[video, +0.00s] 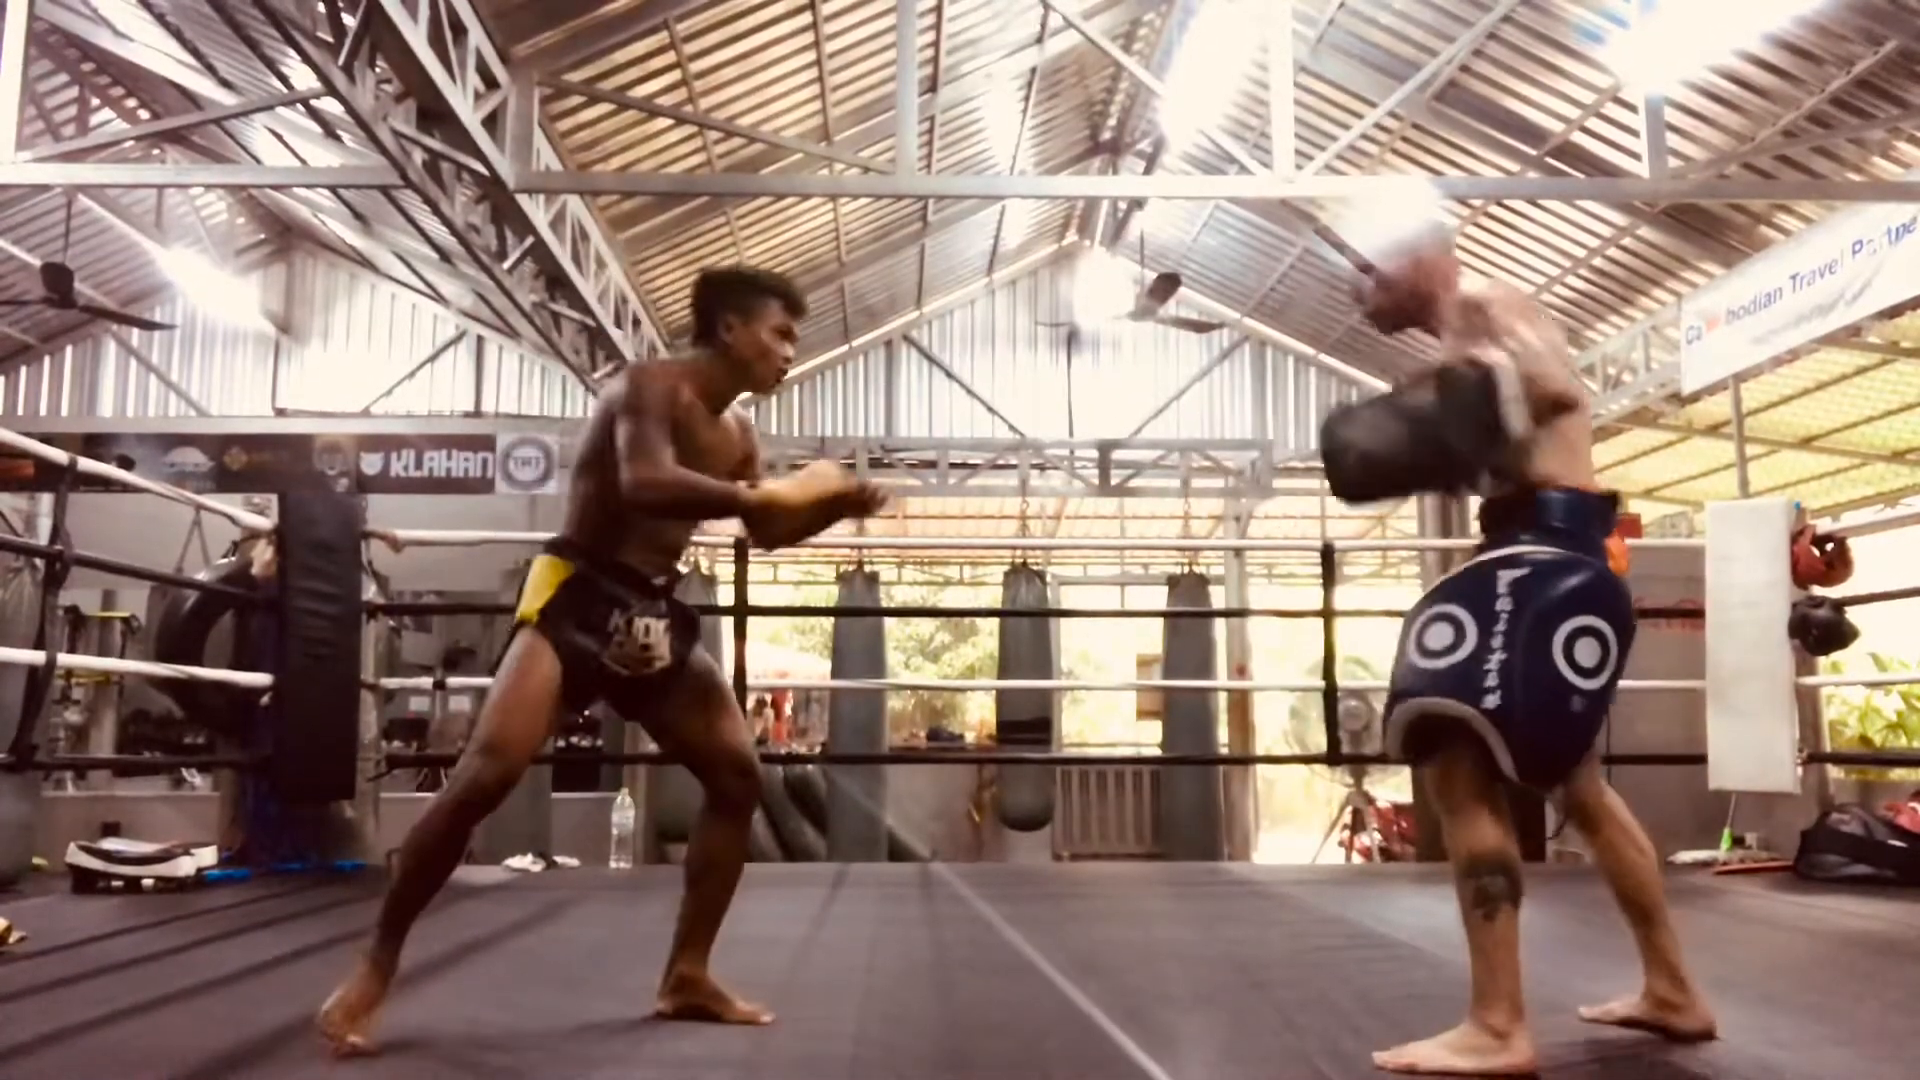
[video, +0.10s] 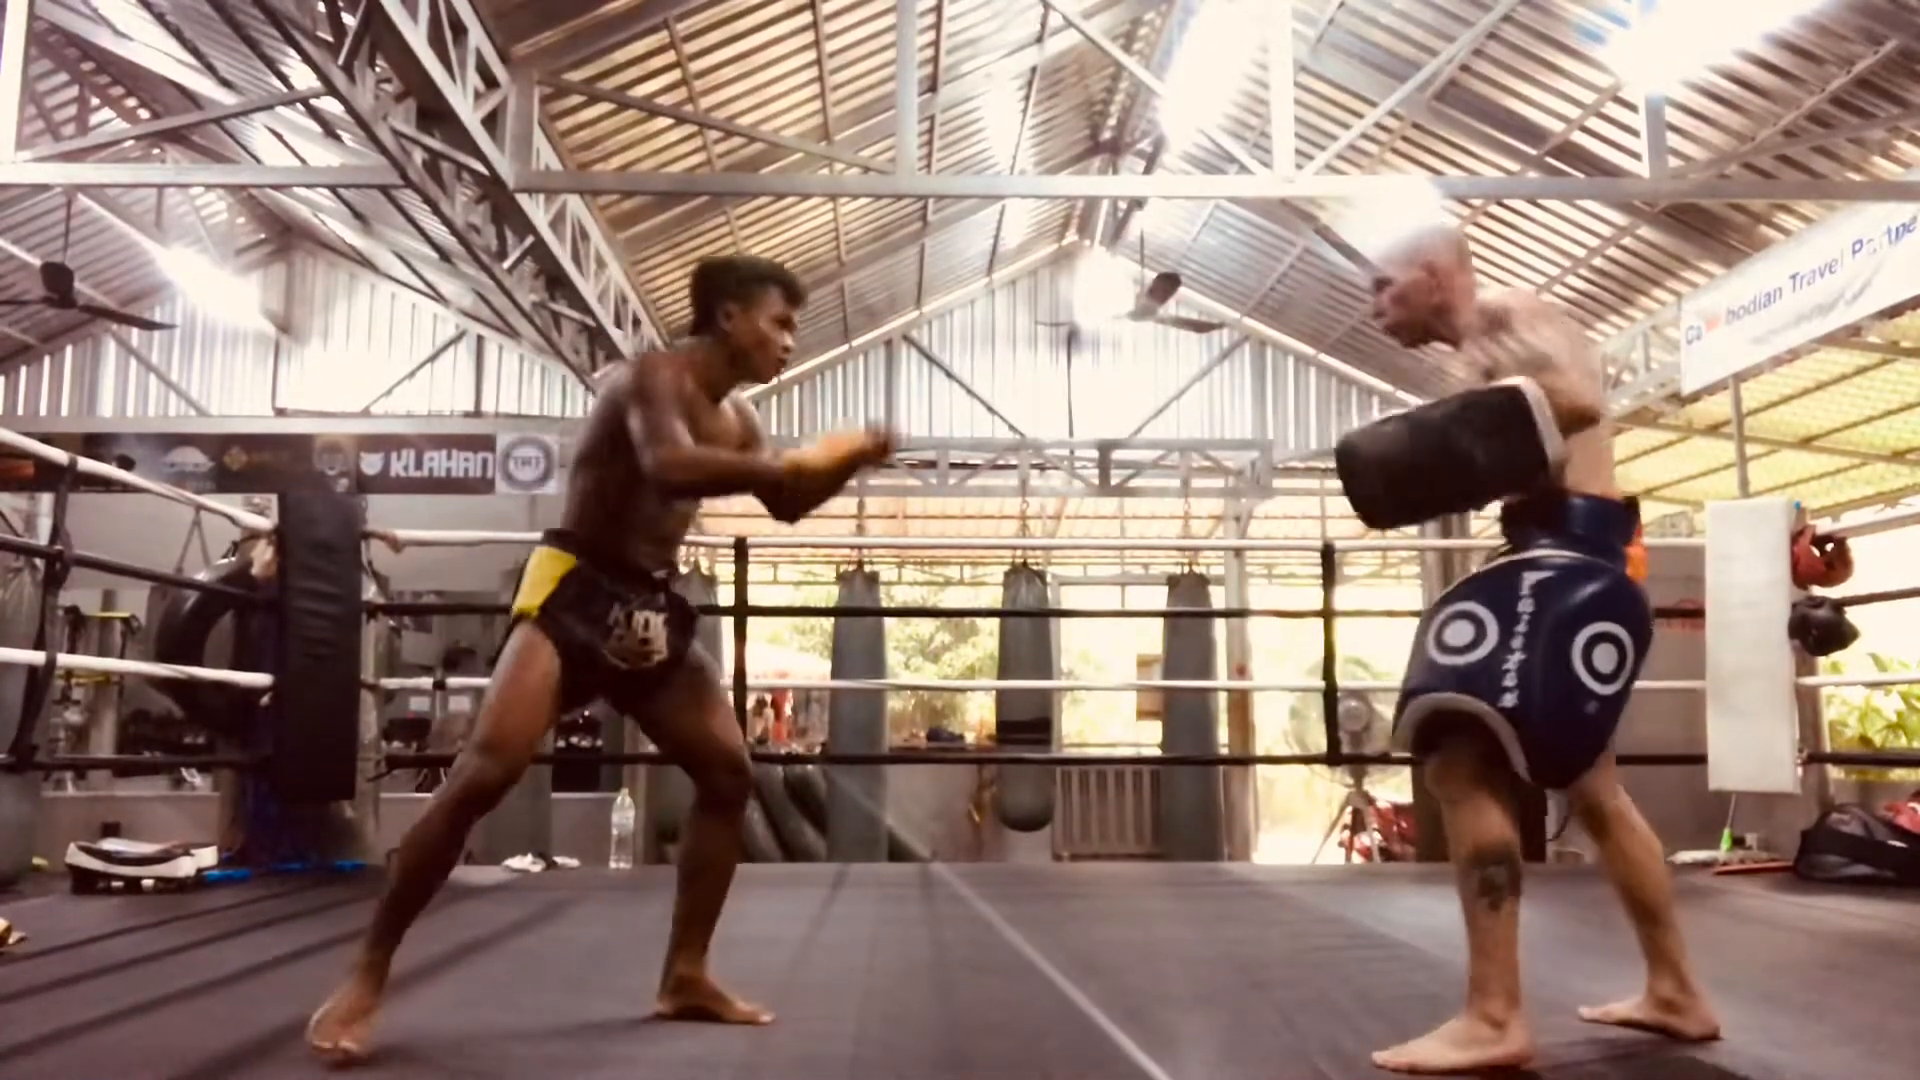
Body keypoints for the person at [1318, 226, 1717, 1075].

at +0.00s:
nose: (1364, 295)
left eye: (1371, 273)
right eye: (1359, 278)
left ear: (1420, 258)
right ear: (1425, 260)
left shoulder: (1493, 307)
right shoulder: (1465, 334)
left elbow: (1560, 387)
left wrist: (1459, 391)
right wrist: (1408, 428)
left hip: (1540, 541)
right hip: (1552, 541)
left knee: (1458, 767)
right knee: (1580, 785)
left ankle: (1496, 1023)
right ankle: (1673, 992)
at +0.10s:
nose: (1375, 307)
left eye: (1382, 285)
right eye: (1372, 291)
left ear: (1436, 271)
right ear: (1429, 280)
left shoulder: (1521, 314)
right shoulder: (1470, 355)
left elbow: (1581, 400)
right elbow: (1502, 440)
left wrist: (1469, 420)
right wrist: (1425, 461)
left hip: (1570, 546)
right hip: (1556, 547)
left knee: (1462, 756)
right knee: (1592, 783)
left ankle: (1492, 1014)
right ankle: (1676, 993)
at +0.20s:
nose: (1384, 308)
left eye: (1390, 285)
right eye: (1380, 291)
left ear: (1444, 266)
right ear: (1439, 274)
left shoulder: (1523, 307)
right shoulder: (1479, 344)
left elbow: (1585, 388)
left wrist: (1466, 396)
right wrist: (1426, 433)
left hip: (1573, 535)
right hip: (1561, 536)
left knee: (1475, 753)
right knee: (1605, 781)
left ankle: (1492, 1006)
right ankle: (1679, 991)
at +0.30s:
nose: (1388, 303)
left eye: (1395, 280)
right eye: (1384, 287)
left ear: (1450, 259)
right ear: (1445, 266)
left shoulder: (1512, 301)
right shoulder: (1480, 338)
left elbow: (1582, 382)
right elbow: (1497, 473)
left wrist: (1472, 386)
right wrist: (1423, 426)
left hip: (1561, 538)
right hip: (1569, 537)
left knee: (1482, 760)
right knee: (1608, 780)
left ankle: (1495, 1012)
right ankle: (1679, 991)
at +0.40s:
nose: (1383, 303)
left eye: (1390, 280)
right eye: (1379, 286)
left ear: (1445, 263)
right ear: (1448, 264)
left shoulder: (1494, 311)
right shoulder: (1529, 315)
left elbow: (1555, 395)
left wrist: (1434, 407)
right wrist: (1427, 421)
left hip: (1549, 546)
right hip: (1584, 544)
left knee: (1466, 761)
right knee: (1605, 784)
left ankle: (1492, 1016)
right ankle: (1681, 993)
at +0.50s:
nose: (1368, 305)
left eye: (1376, 284)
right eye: (1364, 289)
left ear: (1428, 268)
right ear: (1433, 268)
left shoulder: (1473, 309)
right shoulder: (1519, 324)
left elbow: (1507, 397)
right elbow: (1489, 469)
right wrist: (1391, 477)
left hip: (1531, 550)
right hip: (1581, 551)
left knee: (1443, 759)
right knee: (1605, 786)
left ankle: (1488, 1008)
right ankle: (1680, 992)